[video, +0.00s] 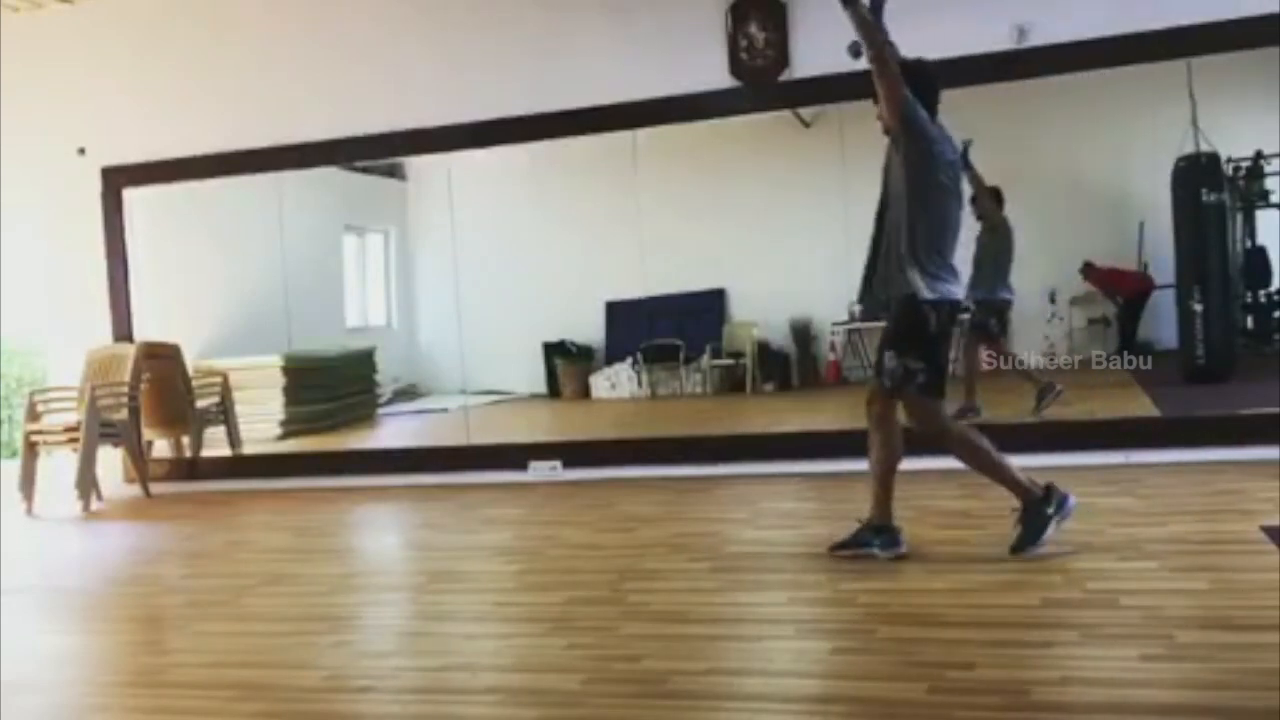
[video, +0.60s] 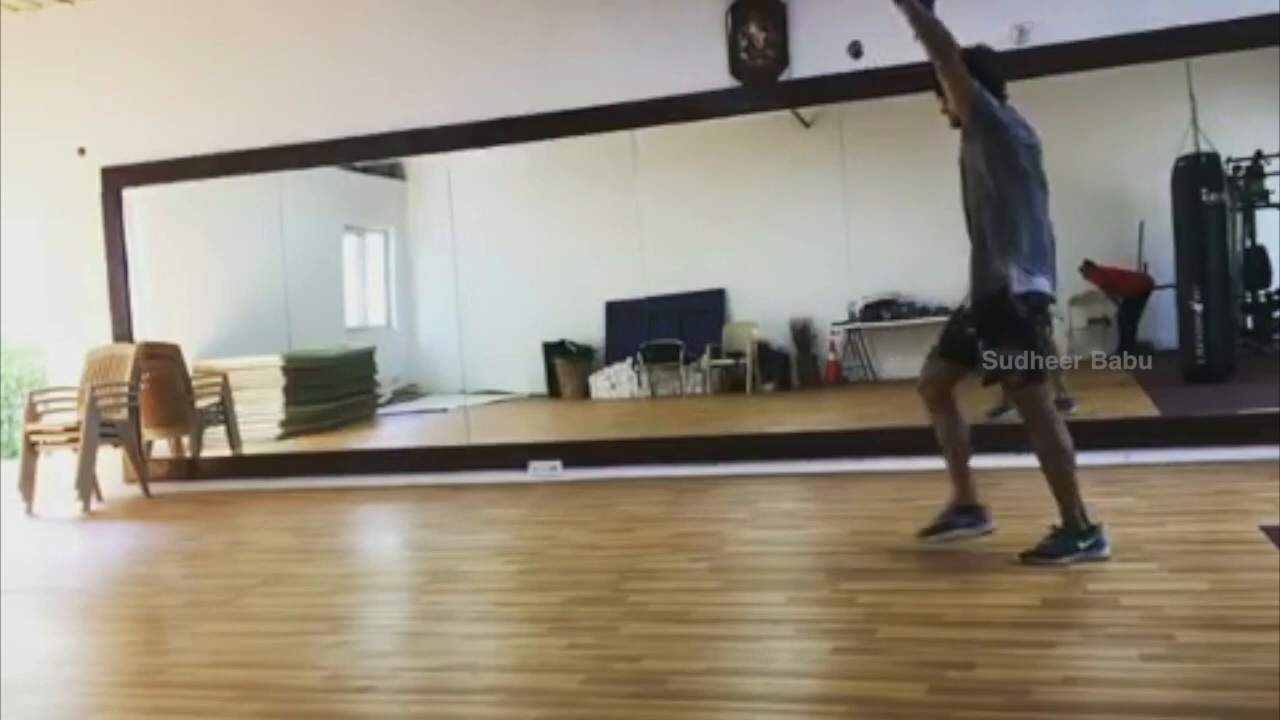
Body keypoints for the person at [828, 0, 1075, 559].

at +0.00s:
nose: (877, 112)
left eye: (881, 100)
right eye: (875, 102)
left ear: (906, 98)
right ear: (918, 103)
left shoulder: (928, 143)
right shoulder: (930, 147)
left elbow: (884, 63)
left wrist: (850, 6)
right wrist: (877, 29)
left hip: (929, 303)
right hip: (914, 302)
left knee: (926, 419)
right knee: (881, 408)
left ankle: (1035, 497)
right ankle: (880, 524)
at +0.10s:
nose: (879, 110)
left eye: (883, 98)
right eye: (877, 101)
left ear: (908, 97)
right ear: (921, 102)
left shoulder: (927, 141)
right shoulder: (935, 147)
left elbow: (885, 61)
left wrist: (855, 7)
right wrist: (877, 31)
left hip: (928, 300)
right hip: (916, 298)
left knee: (929, 417)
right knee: (883, 407)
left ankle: (1038, 501)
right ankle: (880, 524)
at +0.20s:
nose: (891, 107)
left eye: (894, 95)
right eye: (889, 97)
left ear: (917, 95)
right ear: (941, 99)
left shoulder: (932, 135)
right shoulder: (960, 151)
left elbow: (897, 59)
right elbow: (995, 206)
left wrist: (867, 6)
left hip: (934, 301)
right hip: (939, 299)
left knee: (960, 421)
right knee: (892, 410)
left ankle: (1054, 512)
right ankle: (882, 523)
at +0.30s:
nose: (898, 105)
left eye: (901, 93)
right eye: (897, 95)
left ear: (924, 93)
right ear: (947, 95)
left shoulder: (940, 136)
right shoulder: (965, 143)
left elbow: (902, 58)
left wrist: (872, 4)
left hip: (947, 300)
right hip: (946, 299)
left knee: (978, 418)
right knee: (900, 407)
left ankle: (1066, 517)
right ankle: (883, 524)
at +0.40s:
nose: (917, 113)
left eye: (920, 99)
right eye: (916, 101)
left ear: (944, 94)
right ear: (961, 93)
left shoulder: (964, 134)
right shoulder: (987, 142)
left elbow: (927, 63)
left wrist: (890, 8)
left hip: (981, 301)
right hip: (976, 300)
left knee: (1017, 416)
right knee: (927, 407)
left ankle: (1078, 526)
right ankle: (892, 519)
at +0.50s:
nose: (927, 115)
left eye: (930, 101)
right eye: (926, 103)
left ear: (953, 94)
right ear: (969, 93)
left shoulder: (977, 132)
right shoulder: (995, 142)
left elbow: (936, 61)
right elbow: (1028, 225)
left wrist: (898, 8)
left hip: (994, 296)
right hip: (984, 297)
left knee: (1027, 413)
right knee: (934, 402)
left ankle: (1079, 527)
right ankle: (902, 516)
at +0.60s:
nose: (942, 104)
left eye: (945, 90)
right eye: (940, 92)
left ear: (968, 86)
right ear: (977, 84)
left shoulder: (1000, 127)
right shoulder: (988, 135)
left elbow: (950, 57)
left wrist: (911, 9)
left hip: (1018, 291)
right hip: (990, 293)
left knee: (1035, 404)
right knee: (934, 385)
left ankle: (1079, 526)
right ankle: (966, 505)